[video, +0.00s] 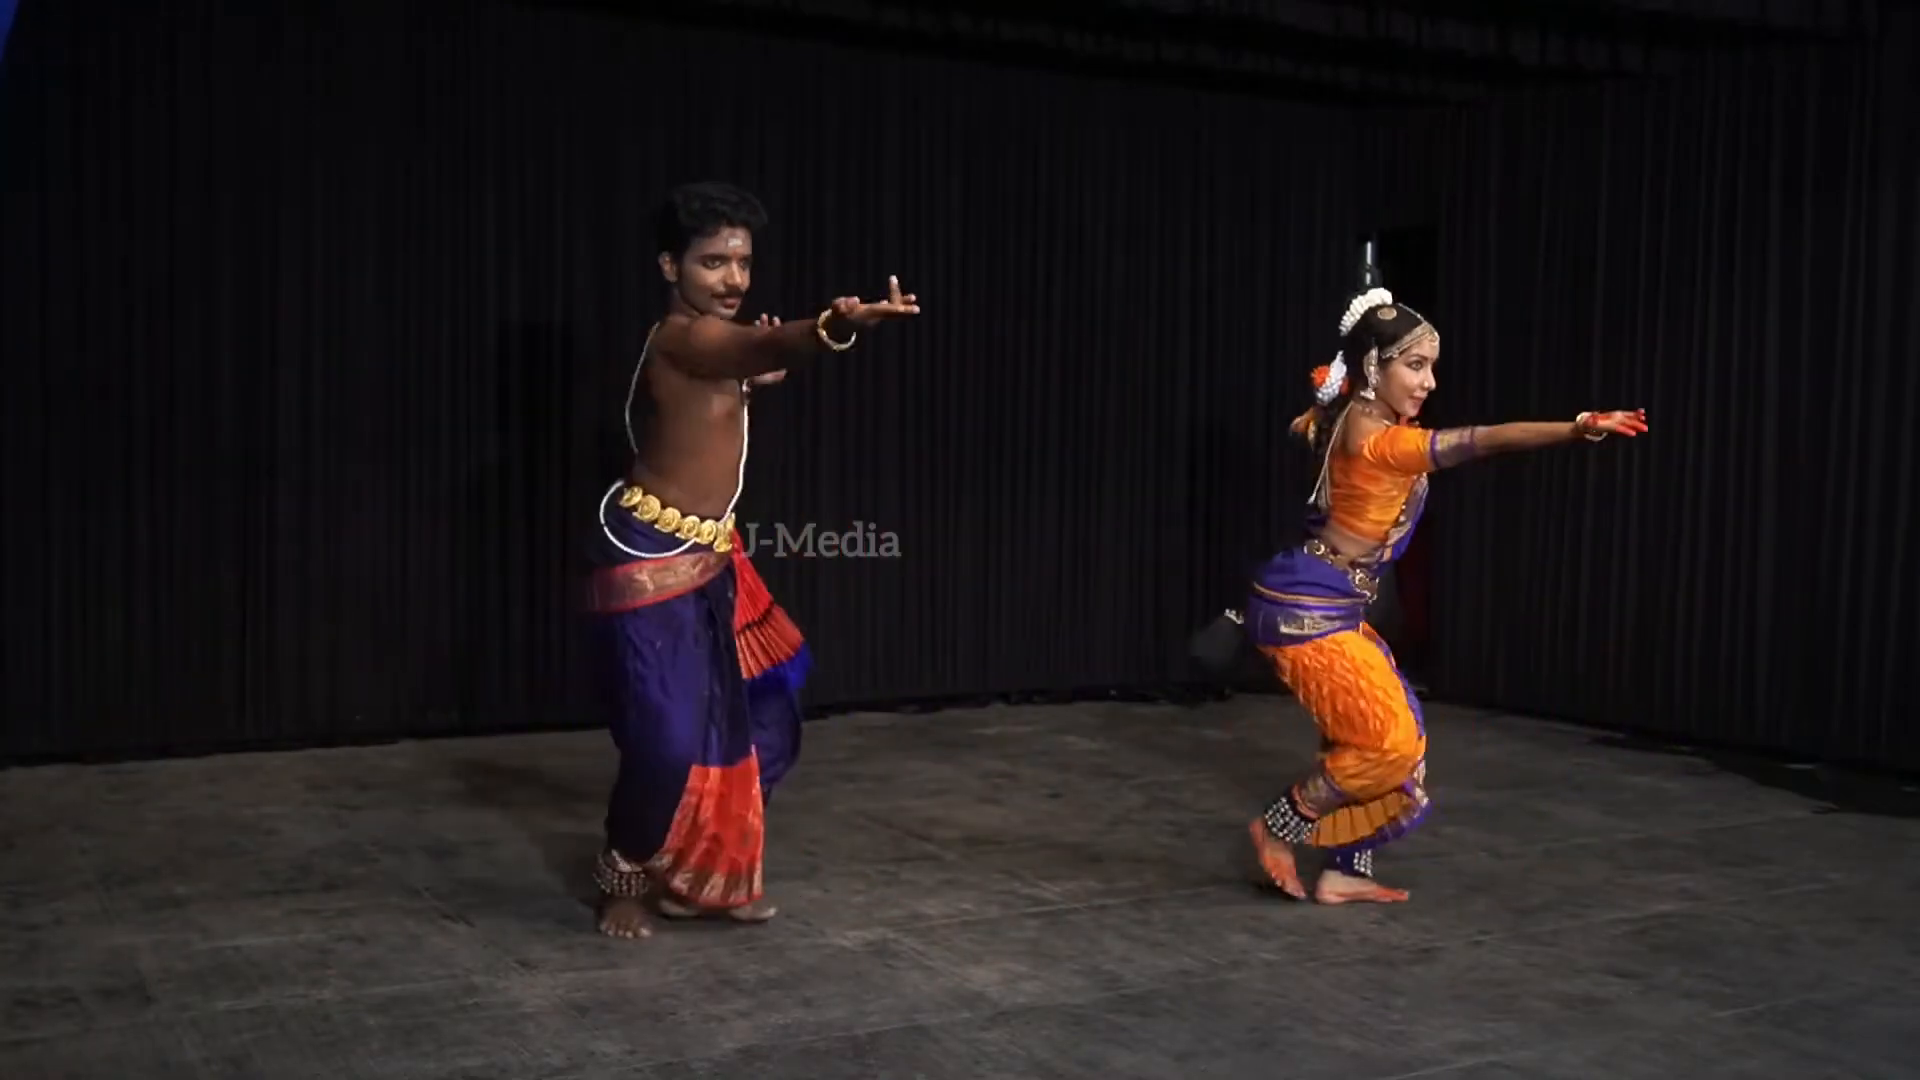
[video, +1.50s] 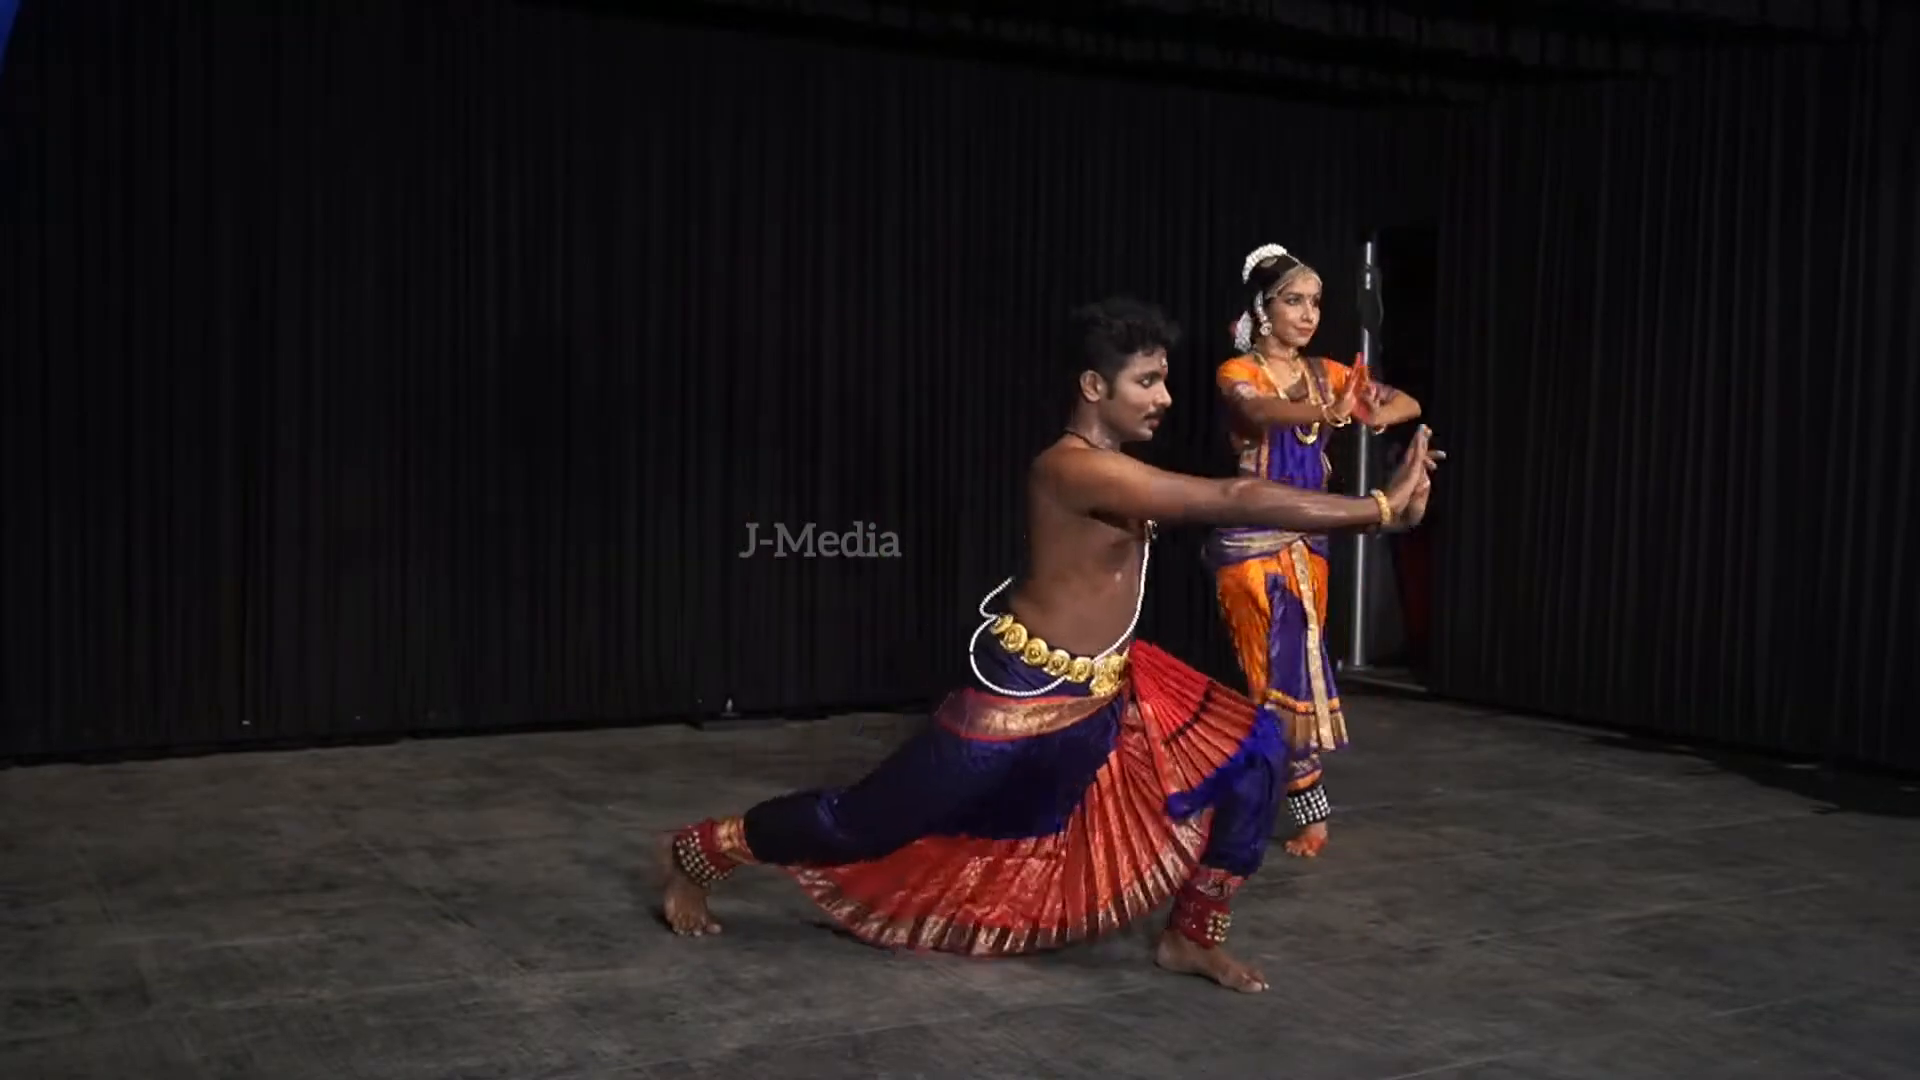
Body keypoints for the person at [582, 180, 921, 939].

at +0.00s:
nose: (734, 280)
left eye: (743, 262)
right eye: (714, 263)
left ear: (752, 262)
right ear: (671, 269)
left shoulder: (721, 330)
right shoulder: (680, 336)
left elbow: (722, 374)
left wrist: (759, 371)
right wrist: (837, 324)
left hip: (711, 550)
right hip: (649, 552)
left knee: (753, 704)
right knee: (668, 735)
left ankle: (702, 867)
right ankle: (626, 875)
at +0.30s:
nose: (776, 276)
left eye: (785, 261)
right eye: (756, 261)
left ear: (795, 262)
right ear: (715, 270)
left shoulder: (781, 332)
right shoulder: (712, 335)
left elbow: (796, 368)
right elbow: (791, 347)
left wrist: (840, 365)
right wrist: (855, 320)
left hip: (763, 550)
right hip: (693, 549)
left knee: (783, 712)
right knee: (711, 713)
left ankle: (726, 874)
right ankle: (711, 887)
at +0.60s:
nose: (803, 270)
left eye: (815, 252)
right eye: (782, 256)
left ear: (830, 257)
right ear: (751, 263)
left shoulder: (856, 343)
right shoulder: (726, 335)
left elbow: (914, 389)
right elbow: (660, 387)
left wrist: (810, 392)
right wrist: (642, 349)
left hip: (825, 566)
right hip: (731, 560)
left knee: (821, 727)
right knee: (734, 725)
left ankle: (798, 890)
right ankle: (752, 907)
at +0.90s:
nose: (765, 264)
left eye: (779, 252)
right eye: (769, 250)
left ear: (827, 263)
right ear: (817, 262)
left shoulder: (881, 349)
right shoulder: (771, 332)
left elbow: (910, 406)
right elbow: (713, 346)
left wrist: (798, 401)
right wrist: (621, 332)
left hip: (849, 566)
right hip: (751, 557)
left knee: (894, 736)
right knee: (719, 718)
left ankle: (802, 824)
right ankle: (712, 888)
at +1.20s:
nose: (968, 279)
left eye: (977, 264)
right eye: (949, 261)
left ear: (986, 272)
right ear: (903, 266)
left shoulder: (990, 366)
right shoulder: (852, 347)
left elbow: (1096, 428)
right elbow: (855, 419)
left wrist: (1098, 409)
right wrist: (971, 416)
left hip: (957, 565)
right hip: (858, 566)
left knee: (1063, 673)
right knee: (793, 728)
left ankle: (1113, 884)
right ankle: (713, 869)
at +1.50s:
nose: (1163, 399)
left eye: (1166, 383)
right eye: (1146, 383)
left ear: (1141, 391)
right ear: (1092, 387)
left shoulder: (1126, 462)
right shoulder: (1072, 467)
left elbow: (1218, 506)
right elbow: (1230, 503)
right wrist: (1375, 512)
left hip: (1108, 679)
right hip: (1022, 687)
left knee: (1257, 752)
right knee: (866, 825)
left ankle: (1194, 934)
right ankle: (698, 852)